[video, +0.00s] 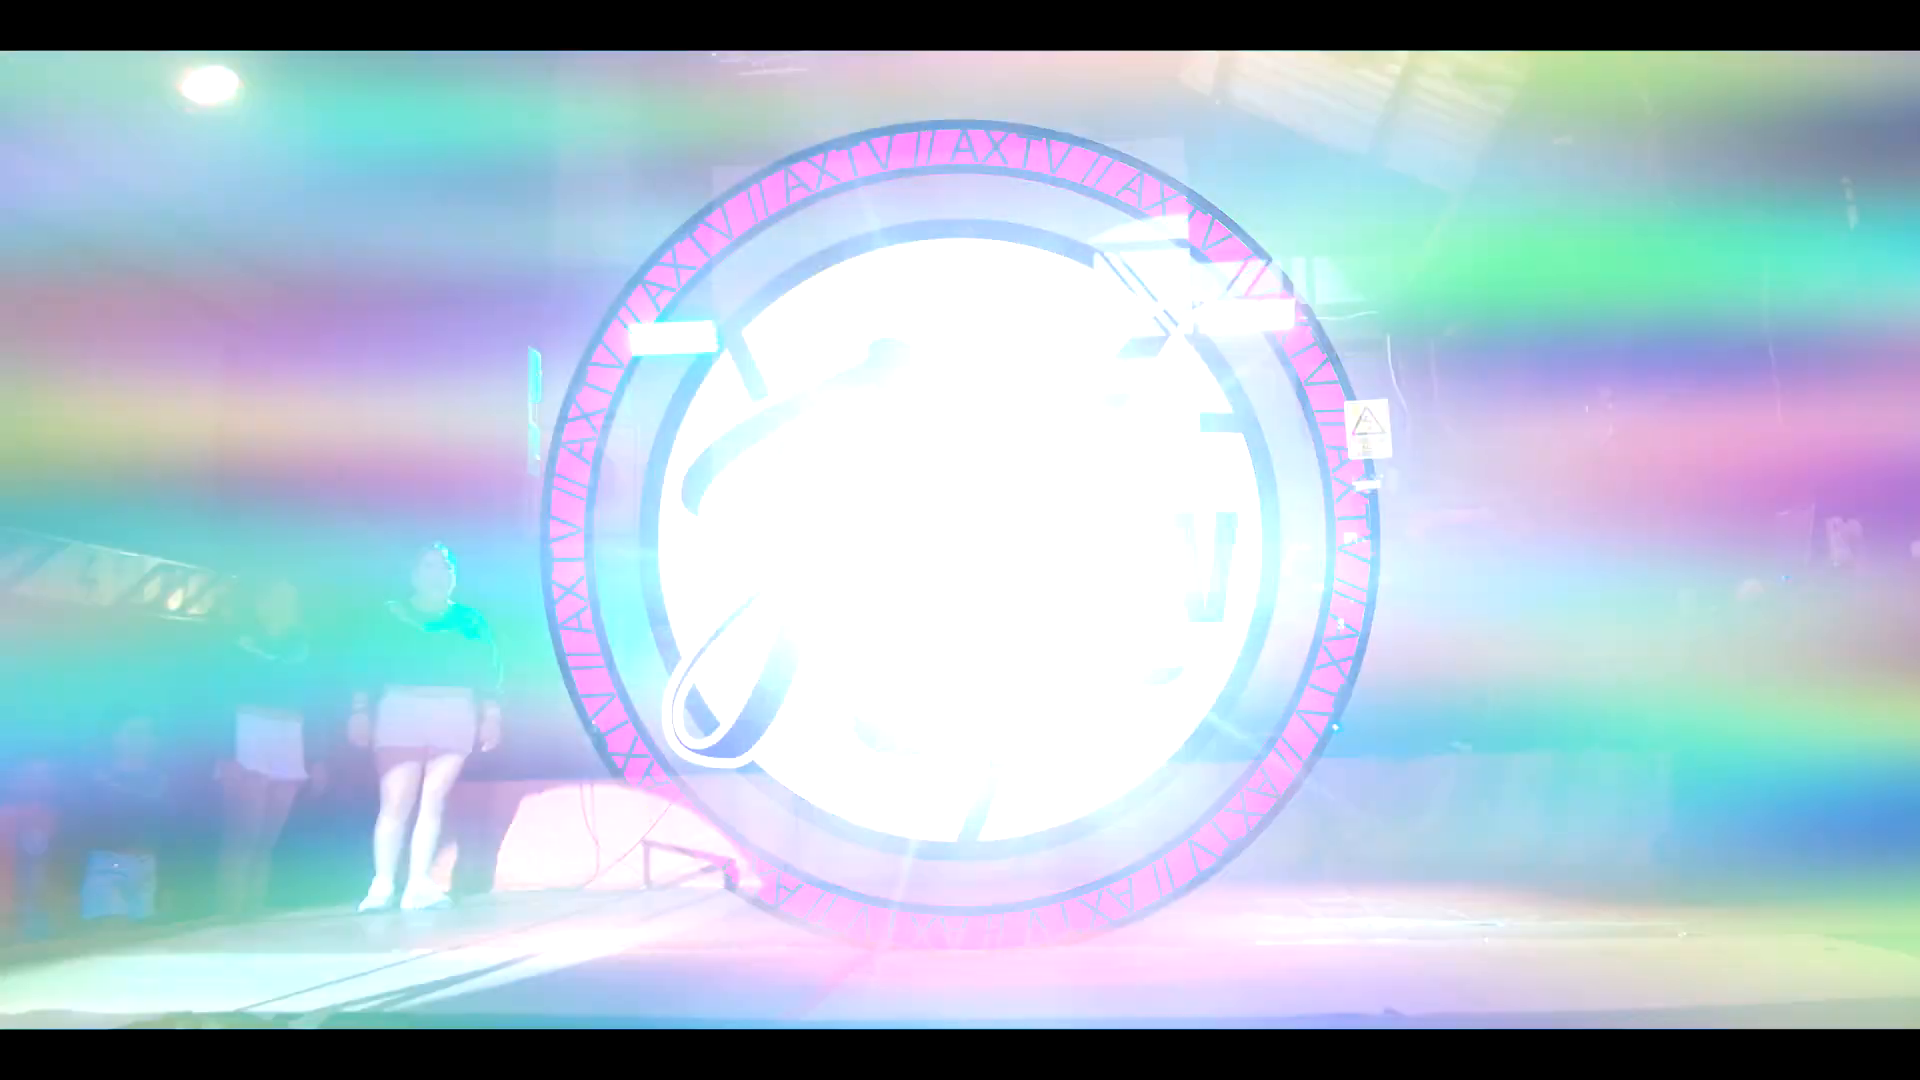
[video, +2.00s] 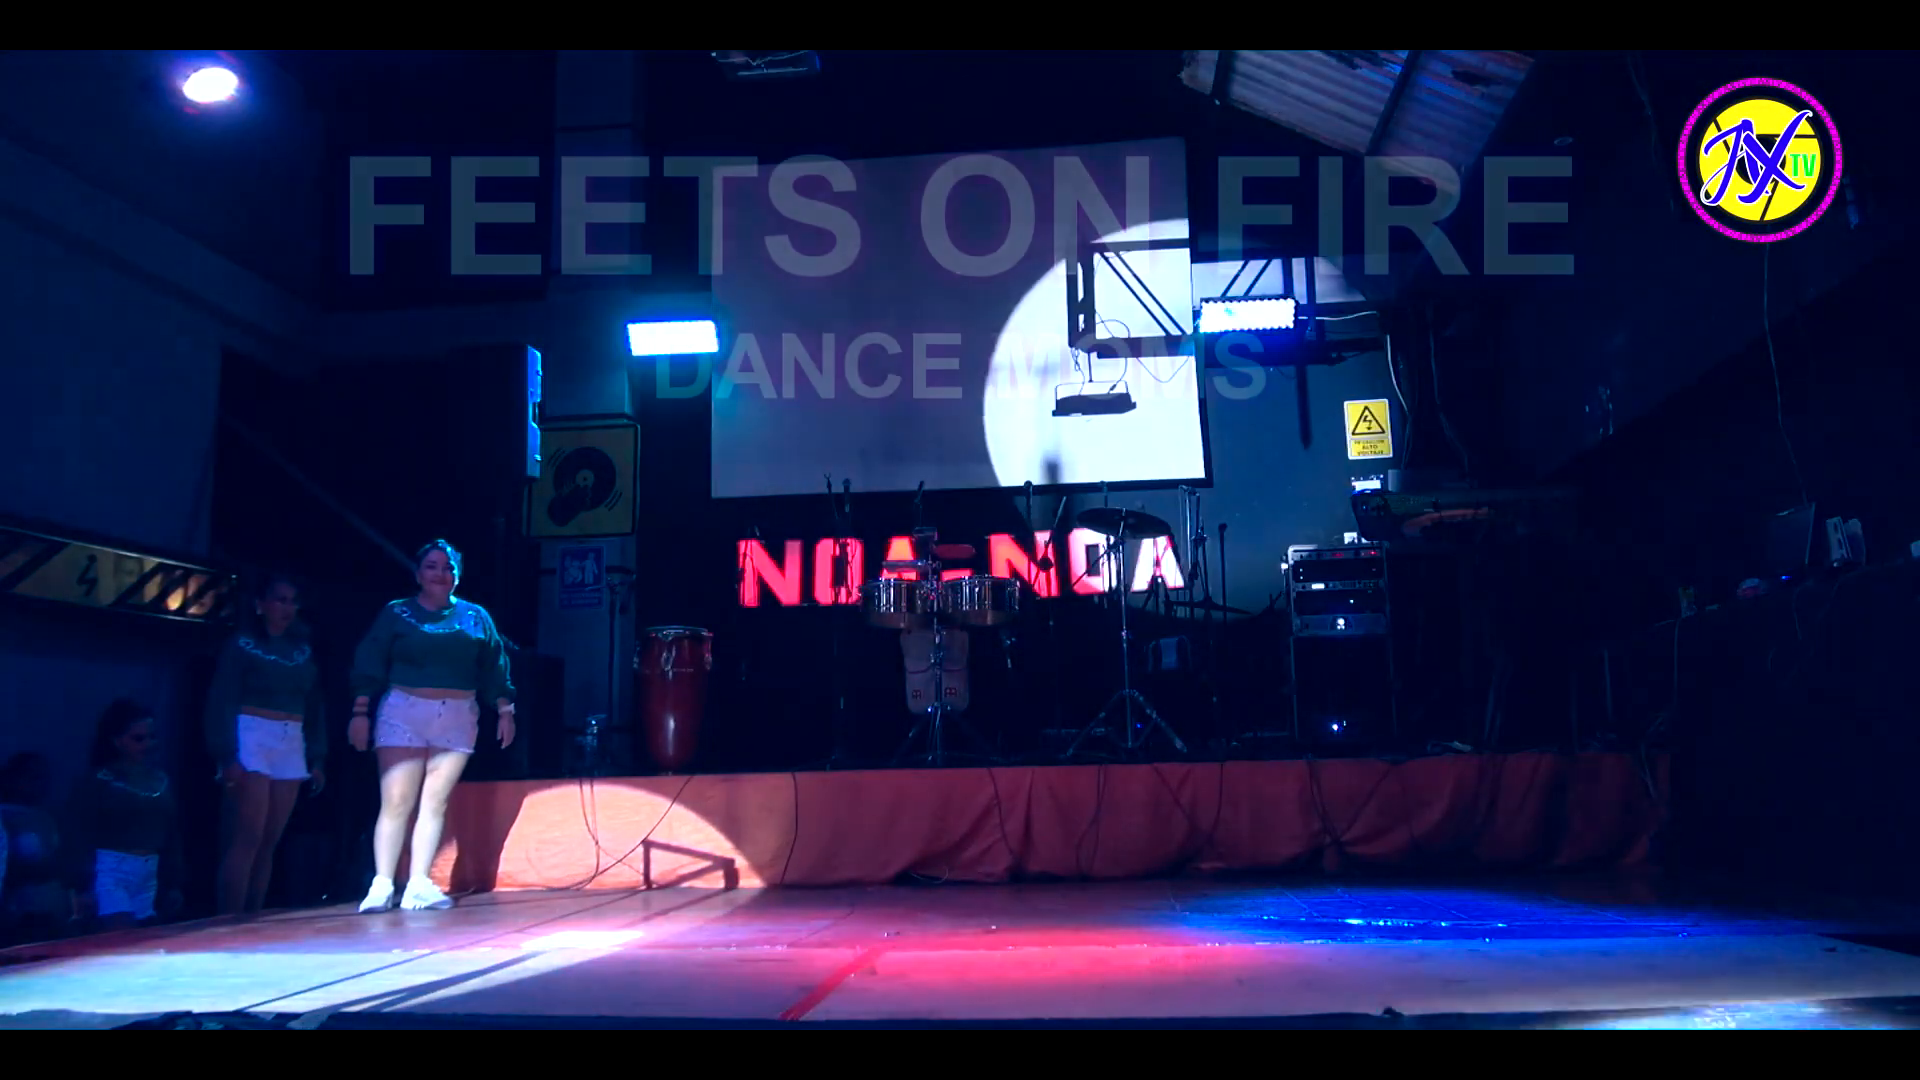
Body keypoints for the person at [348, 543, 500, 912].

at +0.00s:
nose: (436, 576)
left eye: (443, 568)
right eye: (428, 568)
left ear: (454, 575)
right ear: (414, 574)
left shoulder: (470, 621)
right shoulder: (389, 615)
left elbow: (489, 671)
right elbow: (366, 662)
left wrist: (491, 715)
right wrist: (360, 710)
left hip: (455, 714)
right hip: (399, 712)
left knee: (433, 802)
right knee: (395, 802)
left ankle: (419, 884)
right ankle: (382, 884)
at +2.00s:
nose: (438, 573)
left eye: (446, 568)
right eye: (431, 566)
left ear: (455, 575)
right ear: (418, 572)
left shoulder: (476, 617)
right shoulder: (397, 613)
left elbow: (496, 665)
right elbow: (370, 661)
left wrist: (505, 709)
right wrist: (360, 711)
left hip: (457, 715)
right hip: (403, 712)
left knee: (435, 803)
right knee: (396, 802)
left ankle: (418, 884)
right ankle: (383, 884)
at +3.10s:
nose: (469, 578)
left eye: (475, 572)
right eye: (460, 570)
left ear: (482, 579)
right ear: (443, 574)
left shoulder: (484, 620)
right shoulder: (426, 615)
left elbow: (494, 675)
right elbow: (403, 662)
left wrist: (514, 711)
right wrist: (396, 710)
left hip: (474, 722)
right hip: (430, 713)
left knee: (441, 803)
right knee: (458, 783)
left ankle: (419, 884)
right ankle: (411, 850)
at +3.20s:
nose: (473, 574)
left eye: (479, 568)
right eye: (465, 568)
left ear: (486, 574)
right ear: (447, 572)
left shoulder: (491, 616)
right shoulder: (431, 611)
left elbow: (506, 669)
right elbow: (396, 655)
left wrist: (537, 696)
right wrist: (379, 703)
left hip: (475, 717)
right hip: (432, 708)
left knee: (437, 802)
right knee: (473, 774)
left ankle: (417, 884)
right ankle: (451, 861)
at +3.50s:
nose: (489, 575)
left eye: (495, 569)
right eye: (481, 567)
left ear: (502, 574)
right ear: (462, 570)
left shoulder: (517, 614)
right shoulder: (440, 613)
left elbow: (553, 650)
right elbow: (402, 657)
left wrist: (588, 674)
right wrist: (376, 706)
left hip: (497, 719)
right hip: (449, 711)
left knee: (458, 803)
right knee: (476, 792)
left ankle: (418, 878)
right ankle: (490, 881)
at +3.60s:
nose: (498, 574)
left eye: (504, 567)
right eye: (491, 566)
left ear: (509, 573)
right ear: (469, 567)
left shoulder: (524, 612)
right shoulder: (442, 614)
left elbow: (560, 650)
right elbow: (410, 658)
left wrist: (591, 685)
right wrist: (393, 708)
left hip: (510, 713)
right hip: (457, 711)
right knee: (482, 794)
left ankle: (454, 855)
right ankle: (492, 883)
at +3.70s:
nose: (511, 572)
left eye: (515, 566)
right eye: (503, 564)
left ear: (519, 573)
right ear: (480, 566)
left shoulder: (531, 615)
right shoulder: (449, 615)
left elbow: (562, 660)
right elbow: (421, 664)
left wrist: (586, 696)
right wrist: (416, 709)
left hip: (520, 713)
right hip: (464, 714)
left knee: (546, 788)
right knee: (487, 795)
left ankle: (510, 841)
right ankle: (493, 882)